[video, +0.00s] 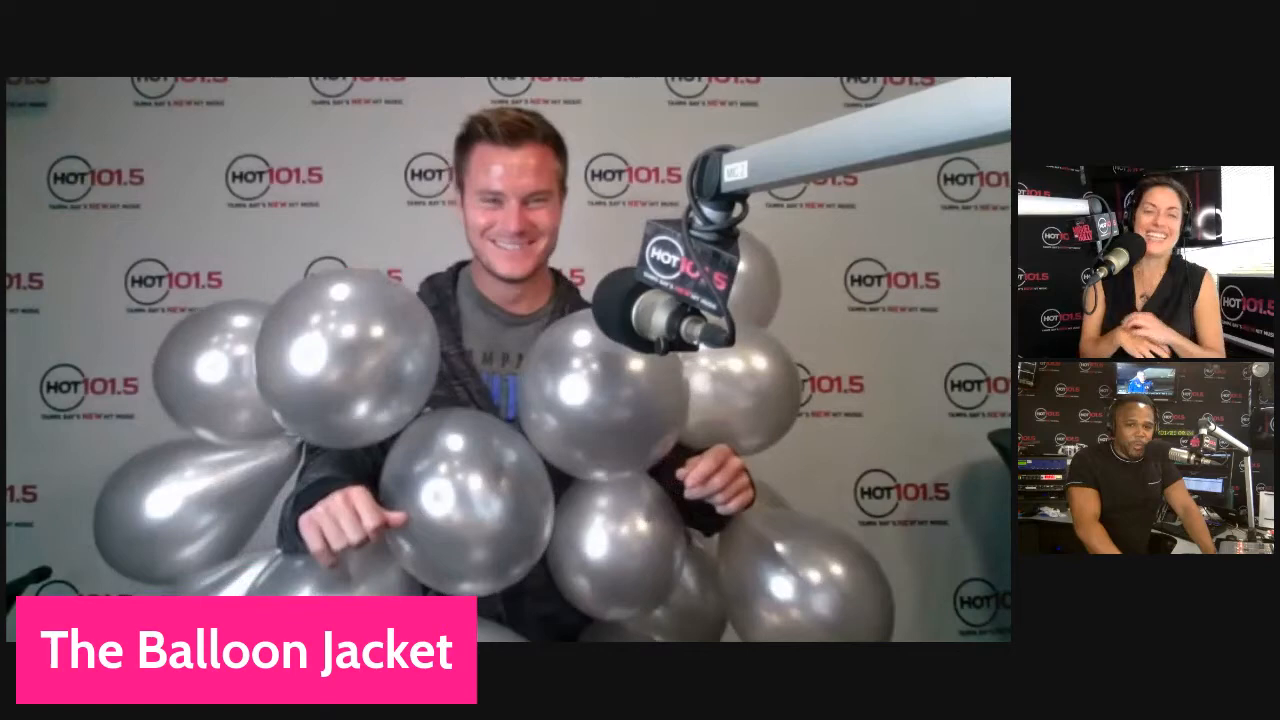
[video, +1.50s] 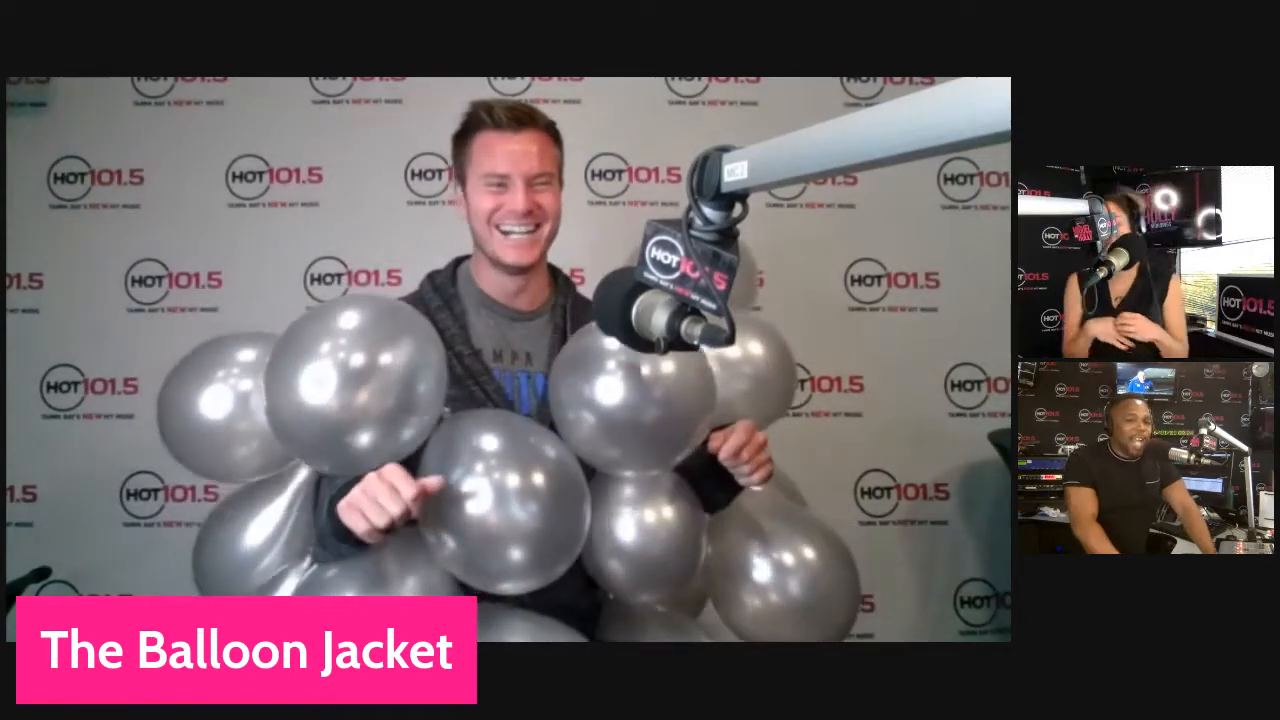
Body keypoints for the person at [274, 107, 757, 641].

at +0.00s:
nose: (515, 222)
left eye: (537, 200)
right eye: (491, 200)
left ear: (562, 205)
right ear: (459, 202)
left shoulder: (602, 335)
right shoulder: (405, 326)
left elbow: (649, 460)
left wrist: (707, 484)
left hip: (580, 615)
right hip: (439, 609)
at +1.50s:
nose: (521, 205)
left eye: (539, 184)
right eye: (497, 185)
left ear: (561, 195)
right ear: (461, 196)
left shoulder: (603, 333)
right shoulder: (406, 333)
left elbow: (653, 492)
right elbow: (338, 475)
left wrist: (722, 463)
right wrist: (357, 501)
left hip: (581, 613)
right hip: (440, 610)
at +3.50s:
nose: (487, 205)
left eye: (507, 186)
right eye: (464, 186)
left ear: (534, 200)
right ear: (434, 200)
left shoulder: (580, 336)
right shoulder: (371, 340)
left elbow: (630, 459)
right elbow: (313, 465)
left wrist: (713, 470)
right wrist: (312, 520)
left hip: (569, 609)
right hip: (420, 608)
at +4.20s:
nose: (548, 195)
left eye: (570, 178)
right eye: (528, 177)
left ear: (600, 197)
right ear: (501, 192)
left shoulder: (652, 319)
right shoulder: (438, 333)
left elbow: (697, 458)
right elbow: (387, 444)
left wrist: (772, 487)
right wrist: (353, 495)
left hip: (635, 618)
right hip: (488, 615)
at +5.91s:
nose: (549, 203)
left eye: (570, 181)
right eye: (525, 182)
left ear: (596, 191)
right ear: (493, 193)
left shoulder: (649, 320)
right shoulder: (431, 330)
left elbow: (702, 465)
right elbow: (370, 448)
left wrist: (775, 494)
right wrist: (344, 503)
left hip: (634, 618)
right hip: (484, 614)